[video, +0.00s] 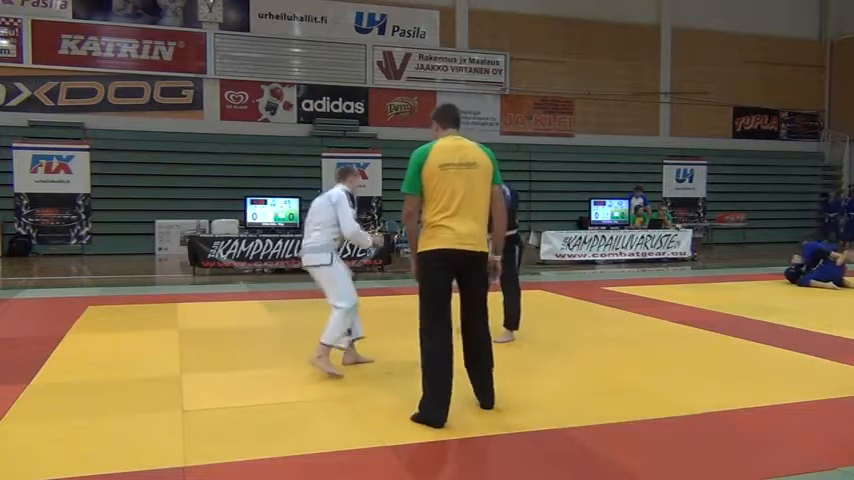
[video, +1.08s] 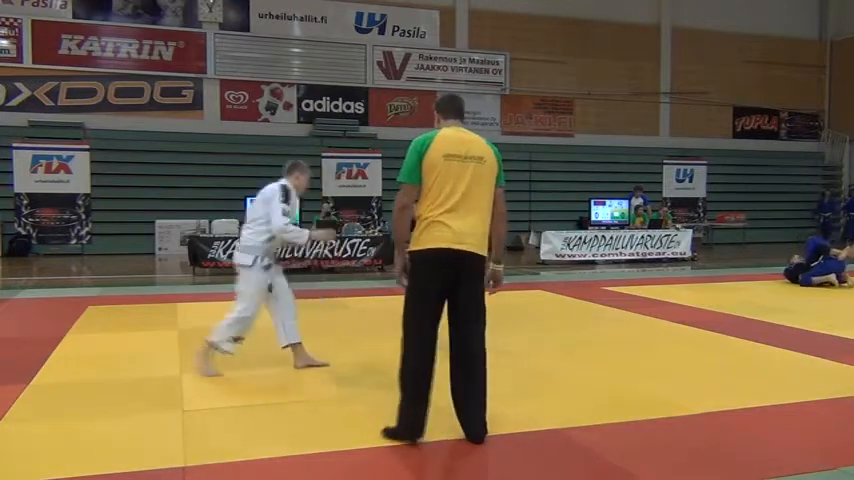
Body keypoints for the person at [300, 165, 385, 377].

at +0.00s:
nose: (359, 184)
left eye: (359, 180)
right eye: (358, 180)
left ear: (341, 179)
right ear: (350, 179)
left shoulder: (325, 197)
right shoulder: (341, 195)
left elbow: (324, 233)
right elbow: (350, 230)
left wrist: (339, 262)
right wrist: (371, 240)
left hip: (315, 255)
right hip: (321, 255)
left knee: (348, 299)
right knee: (346, 302)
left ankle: (350, 350)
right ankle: (321, 354)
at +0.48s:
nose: (352, 181)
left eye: (353, 177)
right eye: (352, 176)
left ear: (331, 171)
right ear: (345, 172)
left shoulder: (307, 193)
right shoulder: (333, 189)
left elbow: (290, 228)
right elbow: (344, 228)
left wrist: (325, 238)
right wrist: (368, 229)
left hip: (300, 255)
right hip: (312, 256)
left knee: (329, 303)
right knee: (319, 312)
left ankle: (334, 352)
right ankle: (305, 375)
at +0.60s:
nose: (349, 181)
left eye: (349, 176)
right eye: (348, 176)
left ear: (330, 172)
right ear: (341, 173)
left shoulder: (319, 189)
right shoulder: (326, 190)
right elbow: (336, 229)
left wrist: (357, 230)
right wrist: (361, 231)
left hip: (305, 256)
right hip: (301, 257)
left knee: (323, 306)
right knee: (316, 312)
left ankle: (309, 353)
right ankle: (306, 376)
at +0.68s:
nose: (344, 185)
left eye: (344, 180)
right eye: (344, 180)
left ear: (326, 176)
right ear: (336, 177)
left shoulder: (316, 195)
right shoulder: (318, 195)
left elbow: (324, 232)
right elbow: (326, 234)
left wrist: (347, 235)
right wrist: (355, 242)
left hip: (299, 259)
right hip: (294, 260)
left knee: (318, 307)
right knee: (314, 313)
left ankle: (307, 355)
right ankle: (306, 375)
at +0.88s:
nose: (332, 191)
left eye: (333, 187)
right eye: (332, 186)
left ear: (320, 183)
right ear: (323, 183)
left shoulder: (315, 204)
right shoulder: (303, 196)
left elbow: (307, 237)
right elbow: (292, 234)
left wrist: (337, 228)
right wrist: (320, 252)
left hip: (288, 258)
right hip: (271, 257)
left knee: (307, 302)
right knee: (289, 307)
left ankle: (303, 354)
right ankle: (276, 371)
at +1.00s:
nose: (320, 184)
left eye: (320, 179)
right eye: (318, 179)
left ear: (306, 176)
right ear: (309, 177)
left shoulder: (299, 197)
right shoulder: (290, 191)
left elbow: (286, 232)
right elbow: (283, 229)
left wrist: (314, 238)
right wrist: (313, 240)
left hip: (272, 257)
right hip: (258, 255)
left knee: (291, 300)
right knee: (269, 304)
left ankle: (301, 354)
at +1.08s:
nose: (308, 184)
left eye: (309, 179)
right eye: (307, 178)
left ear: (295, 176)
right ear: (296, 176)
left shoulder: (289, 196)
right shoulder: (277, 191)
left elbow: (281, 229)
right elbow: (280, 228)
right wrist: (312, 235)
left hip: (268, 260)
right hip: (252, 259)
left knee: (285, 303)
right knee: (246, 310)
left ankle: (300, 354)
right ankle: (205, 351)